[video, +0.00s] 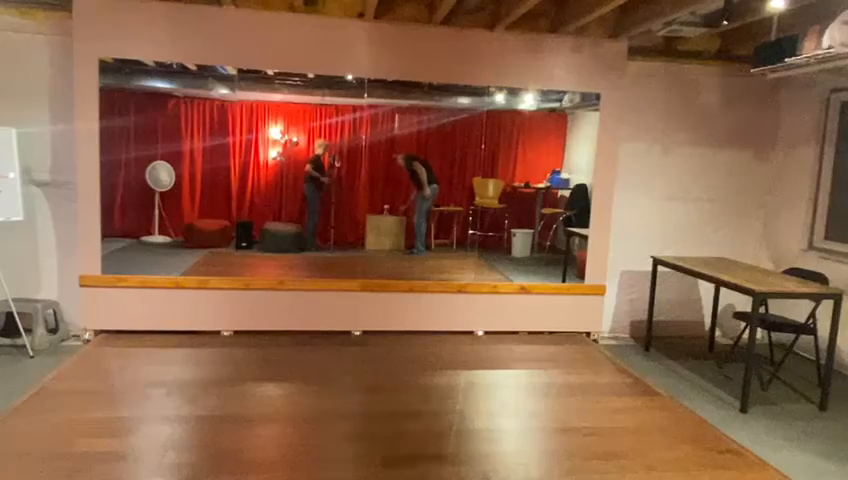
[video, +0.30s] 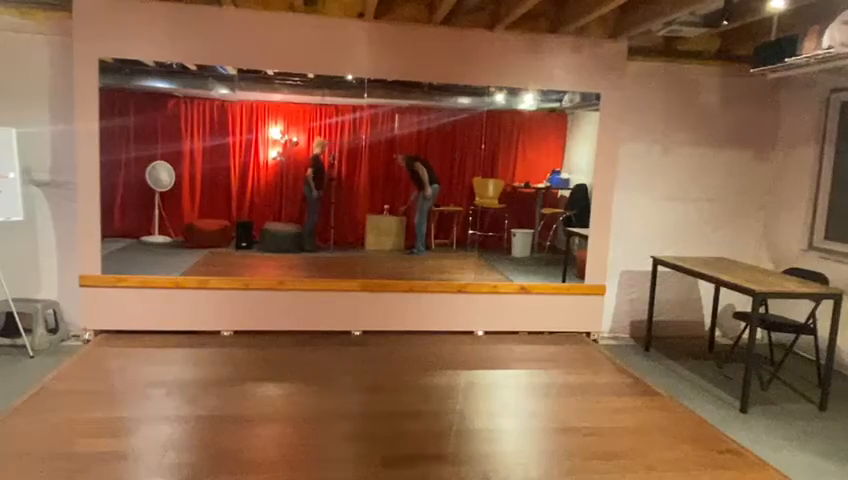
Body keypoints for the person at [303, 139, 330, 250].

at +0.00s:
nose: (326, 150)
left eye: (326, 148)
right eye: (325, 148)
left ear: (319, 147)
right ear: (321, 148)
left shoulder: (320, 160)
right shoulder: (315, 158)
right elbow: (308, 168)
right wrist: (321, 177)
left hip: (316, 187)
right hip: (311, 187)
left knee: (314, 213)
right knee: (313, 213)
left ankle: (311, 240)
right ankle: (311, 241)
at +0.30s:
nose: (324, 149)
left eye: (324, 146)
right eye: (323, 146)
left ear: (320, 147)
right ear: (319, 147)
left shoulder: (320, 159)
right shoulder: (315, 159)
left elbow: (321, 175)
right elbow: (309, 174)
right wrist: (313, 189)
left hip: (317, 191)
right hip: (313, 191)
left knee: (314, 217)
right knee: (312, 216)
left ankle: (311, 241)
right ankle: (308, 242)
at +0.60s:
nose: (318, 146)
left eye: (319, 143)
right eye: (317, 143)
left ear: (319, 145)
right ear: (313, 145)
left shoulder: (318, 162)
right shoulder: (310, 161)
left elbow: (319, 179)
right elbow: (306, 178)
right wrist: (306, 193)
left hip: (316, 192)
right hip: (311, 193)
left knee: (314, 217)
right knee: (312, 217)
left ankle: (311, 241)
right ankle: (308, 242)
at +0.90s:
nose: (312, 148)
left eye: (313, 145)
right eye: (309, 145)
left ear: (315, 146)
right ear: (306, 147)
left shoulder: (318, 161)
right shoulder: (303, 162)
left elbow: (322, 178)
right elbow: (299, 179)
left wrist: (322, 191)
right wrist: (301, 194)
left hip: (316, 192)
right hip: (307, 193)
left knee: (314, 218)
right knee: (309, 218)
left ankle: (312, 241)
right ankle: (305, 243)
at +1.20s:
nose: (308, 148)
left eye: (310, 145)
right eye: (306, 145)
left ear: (313, 146)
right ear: (302, 147)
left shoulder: (318, 161)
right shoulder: (298, 163)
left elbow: (322, 179)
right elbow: (294, 181)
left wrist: (323, 195)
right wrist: (291, 196)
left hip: (316, 193)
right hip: (303, 193)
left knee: (314, 219)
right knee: (305, 219)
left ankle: (314, 244)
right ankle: (306, 244)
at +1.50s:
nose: (308, 148)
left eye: (310, 145)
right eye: (306, 145)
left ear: (313, 146)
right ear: (302, 147)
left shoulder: (318, 161)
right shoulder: (298, 162)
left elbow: (325, 178)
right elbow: (295, 181)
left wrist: (330, 194)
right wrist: (294, 196)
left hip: (316, 193)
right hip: (302, 193)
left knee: (312, 220)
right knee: (303, 220)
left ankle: (310, 247)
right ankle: (303, 245)